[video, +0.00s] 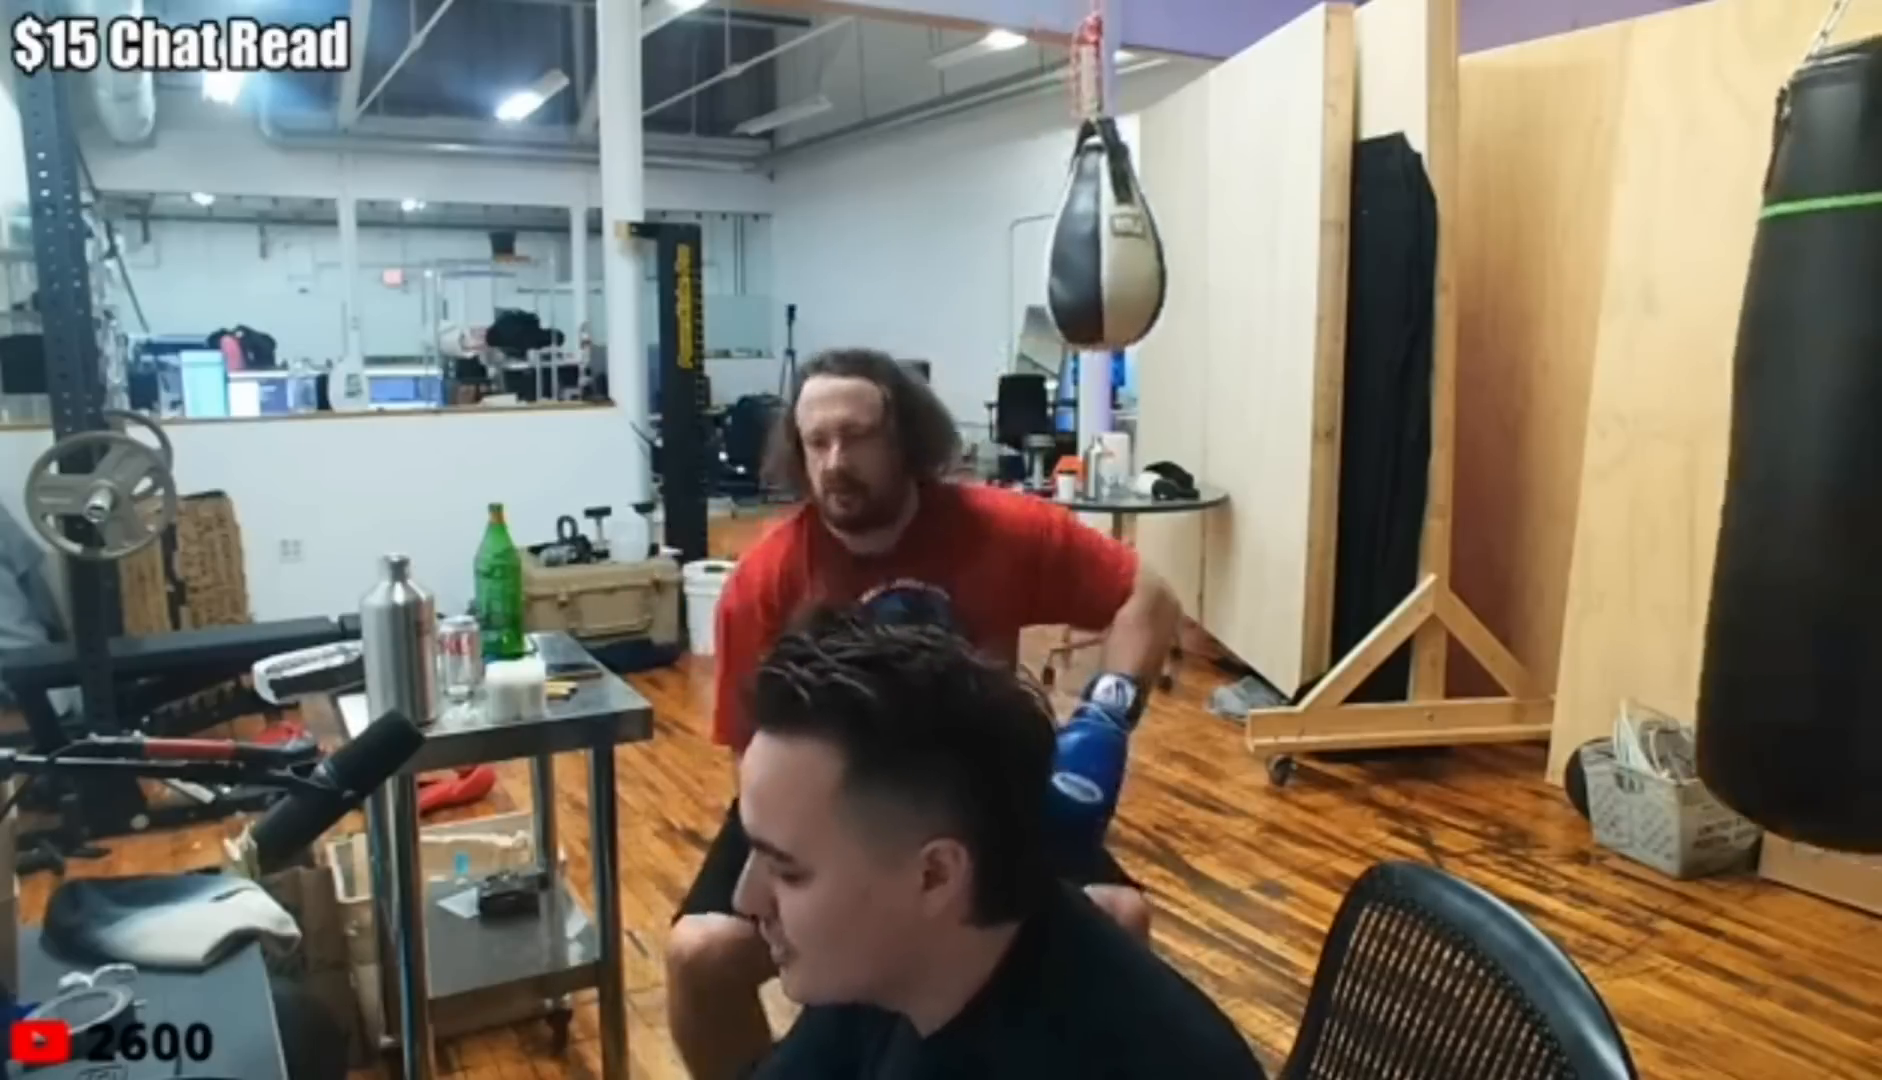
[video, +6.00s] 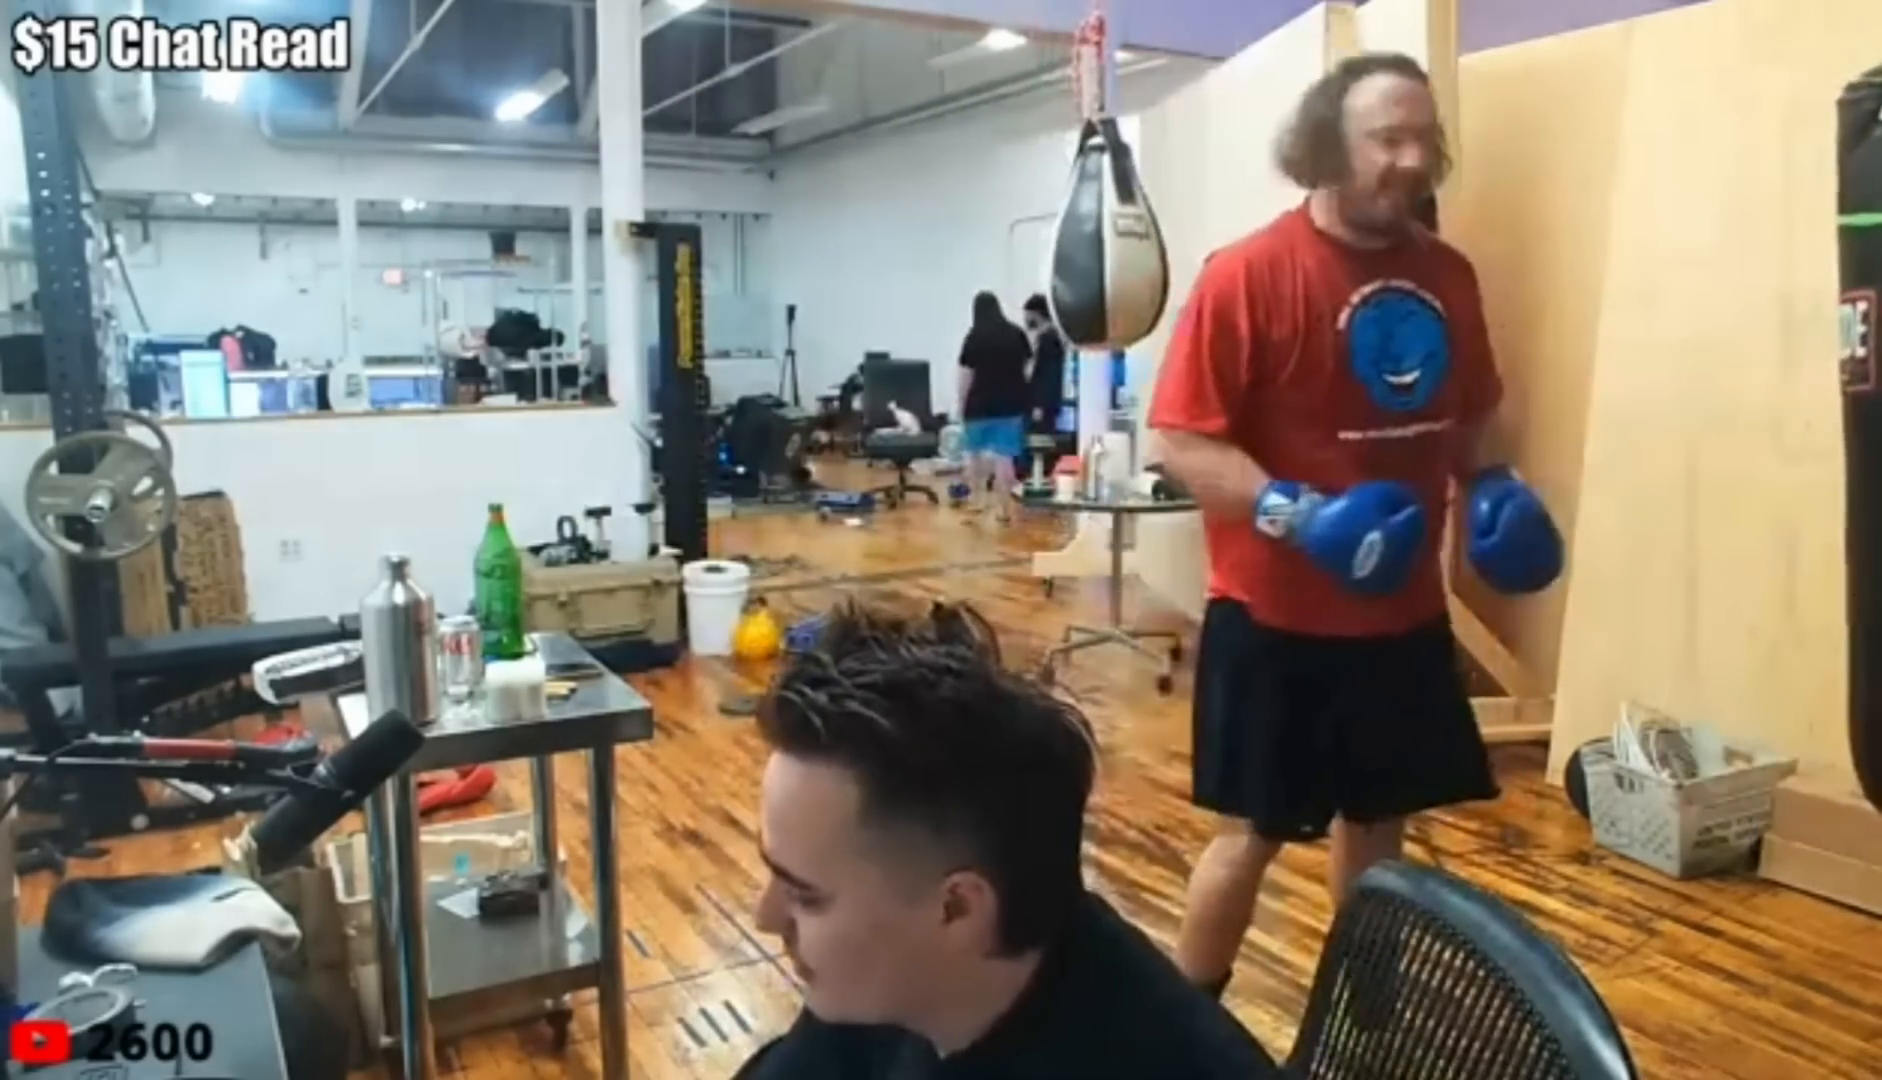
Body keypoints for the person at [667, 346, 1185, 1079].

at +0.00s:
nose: (835, 464)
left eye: (858, 438)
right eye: (817, 443)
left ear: (908, 444)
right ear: (797, 455)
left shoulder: (998, 528)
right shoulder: (766, 576)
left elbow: (1149, 599)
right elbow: (751, 746)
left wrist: (1105, 719)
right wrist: (768, 869)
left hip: (973, 783)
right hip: (813, 784)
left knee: (1117, 913)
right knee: (700, 952)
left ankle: (1077, 1074)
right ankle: (747, 1075)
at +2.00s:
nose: (1111, 119)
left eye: (1108, 94)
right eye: (1089, 93)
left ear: (1027, 107)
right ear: (1010, 100)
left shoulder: (1078, 250)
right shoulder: (910, 251)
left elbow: (1074, 441)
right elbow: (846, 453)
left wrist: (1161, 521)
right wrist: (991, 568)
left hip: (1078, 658)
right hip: (952, 672)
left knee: (1058, 903)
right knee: (949, 922)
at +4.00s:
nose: (1415, 147)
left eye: (1441, 126)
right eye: (1394, 126)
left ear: (1474, 146)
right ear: (1357, 139)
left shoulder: (1500, 274)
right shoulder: (1295, 261)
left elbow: (1585, 394)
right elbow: (1209, 414)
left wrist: (1700, 431)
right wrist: (1307, 505)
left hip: (1442, 621)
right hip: (1320, 616)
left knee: (1386, 858)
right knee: (1314, 862)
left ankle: (1341, 1049)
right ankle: (1243, 1053)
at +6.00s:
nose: (1416, 160)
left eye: (1429, 139)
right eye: (1390, 139)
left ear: (1441, 148)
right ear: (1327, 149)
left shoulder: (1447, 276)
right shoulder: (1247, 277)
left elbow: (1475, 412)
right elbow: (1179, 441)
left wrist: (1494, 484)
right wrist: (1299, 513)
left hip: (1400, 623)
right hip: (1275, 626)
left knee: (1375, 833)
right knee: (1250, 837)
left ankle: (1367, 1025)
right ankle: (1184, 1023)